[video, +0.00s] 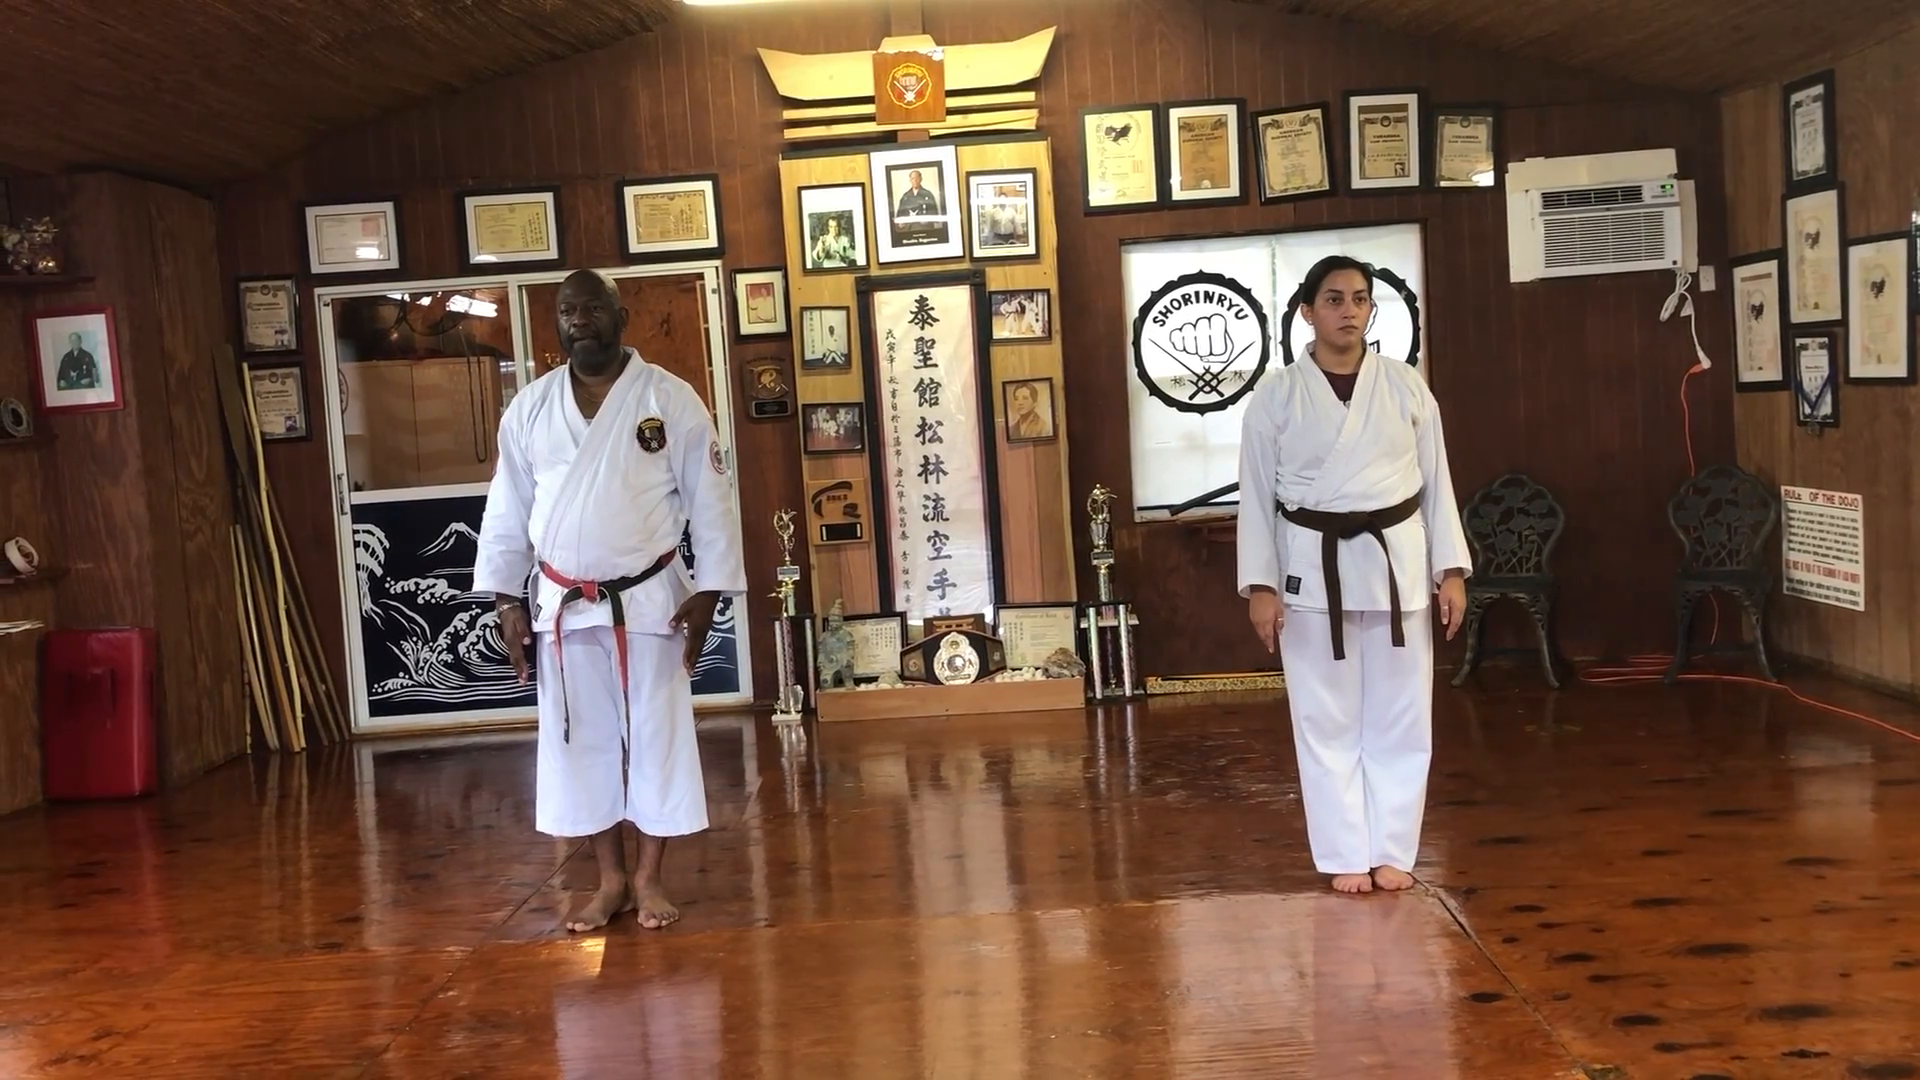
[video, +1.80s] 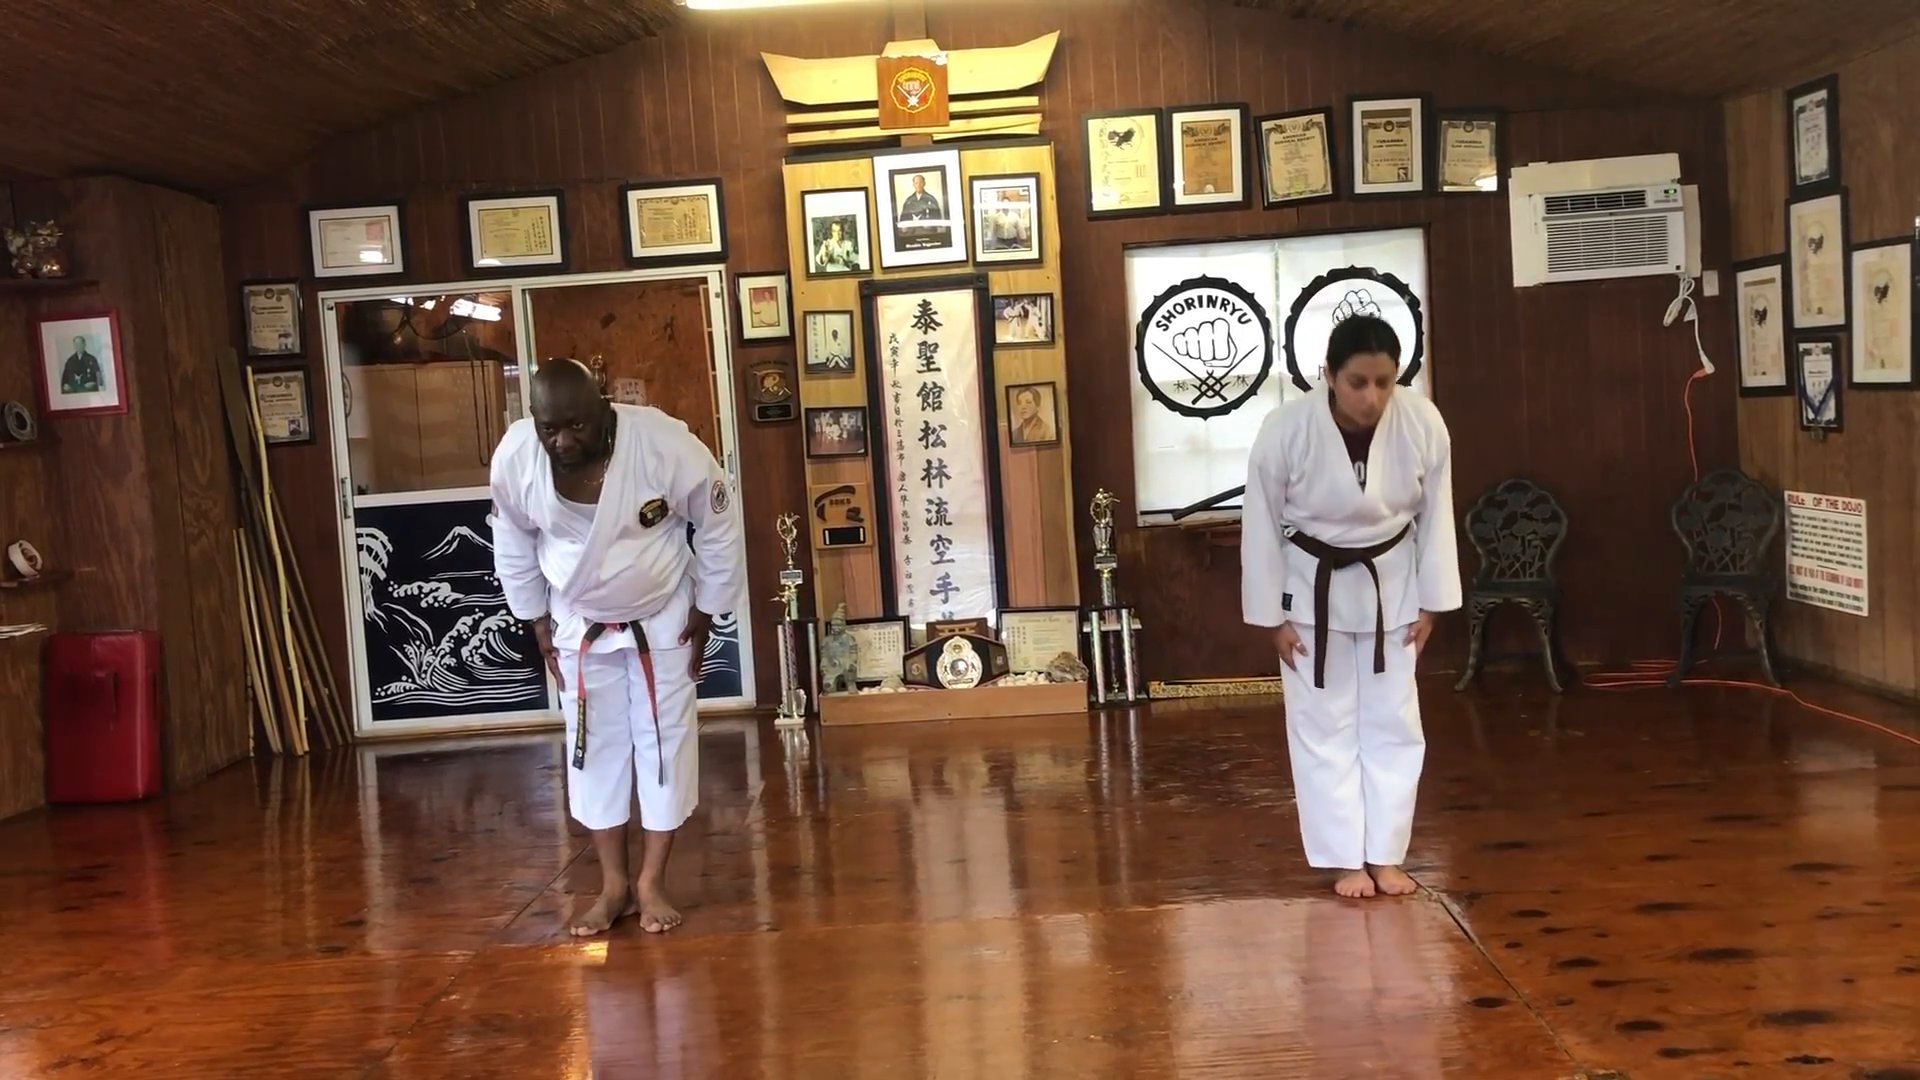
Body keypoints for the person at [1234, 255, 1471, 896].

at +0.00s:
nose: (1349, 310)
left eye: (1360, 299)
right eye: (1334, 298)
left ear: (1372, 311)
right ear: (1308, 311)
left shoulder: (1405, 385)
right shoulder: (1273, 396)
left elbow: (1435, 484)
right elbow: (1256, 497)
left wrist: (1450, 570)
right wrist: (1260, 584)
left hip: (1399, 570)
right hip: (1311, 575)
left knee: (1399, 717)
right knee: (1327, 720)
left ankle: (1392, 855)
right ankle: (1345, 860)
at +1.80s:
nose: (1370, 397)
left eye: (1382, 382)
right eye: (1357, 383)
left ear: (1397, 375)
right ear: (1329, 375)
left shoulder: (1422, 423)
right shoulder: (1286, 429)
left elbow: (1435, 518)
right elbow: (1261, 525)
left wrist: (1430, 603)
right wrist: (1273, 615)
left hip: (1393, 574)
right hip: (1313, 578)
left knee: (1392, 715)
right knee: (1327, 719)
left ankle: (1386, 857)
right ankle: (1345, 861)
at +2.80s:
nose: (1358, 316)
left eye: (1369, 304)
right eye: (1343, 304)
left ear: (1381, 315)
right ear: (1316, 315)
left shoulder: (1411, 386)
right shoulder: (1280, 395)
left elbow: (1439, 484)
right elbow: (1259, 496)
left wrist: (1444, 573)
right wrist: (1268, 587)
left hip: (1400, 561)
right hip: (1314, 565)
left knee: (1401, 714)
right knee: (1331, 717)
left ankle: (1396, 853)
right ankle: (1347, 860)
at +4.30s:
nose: (1451, 323)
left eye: (1462, 311)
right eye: (1437, 311)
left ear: (1476, 321)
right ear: (1411, 321)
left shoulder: (1506, 398)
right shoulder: (1375, 406)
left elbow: (1539, 493)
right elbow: (1353, 501)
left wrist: (1560, 579)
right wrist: (1356, 585)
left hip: (1497, 579)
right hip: (1402, 580)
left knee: (1511, 727)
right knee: (1383, 730)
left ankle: (1523, 862)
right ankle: (1362, 869)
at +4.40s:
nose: (1450, 327)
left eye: (1460, 315)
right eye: (1436, 314)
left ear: (1473, 325)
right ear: (1410, 324)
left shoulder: (1504, 401)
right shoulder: (1373, 408)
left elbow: (1536, 496)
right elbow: (1351, 503)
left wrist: (1556, 581)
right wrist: (1354, 585)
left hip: (1494, 580)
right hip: (1400, 580)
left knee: (1507, 731)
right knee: (1381, 733)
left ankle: (1520, 866)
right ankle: (1361, 871)